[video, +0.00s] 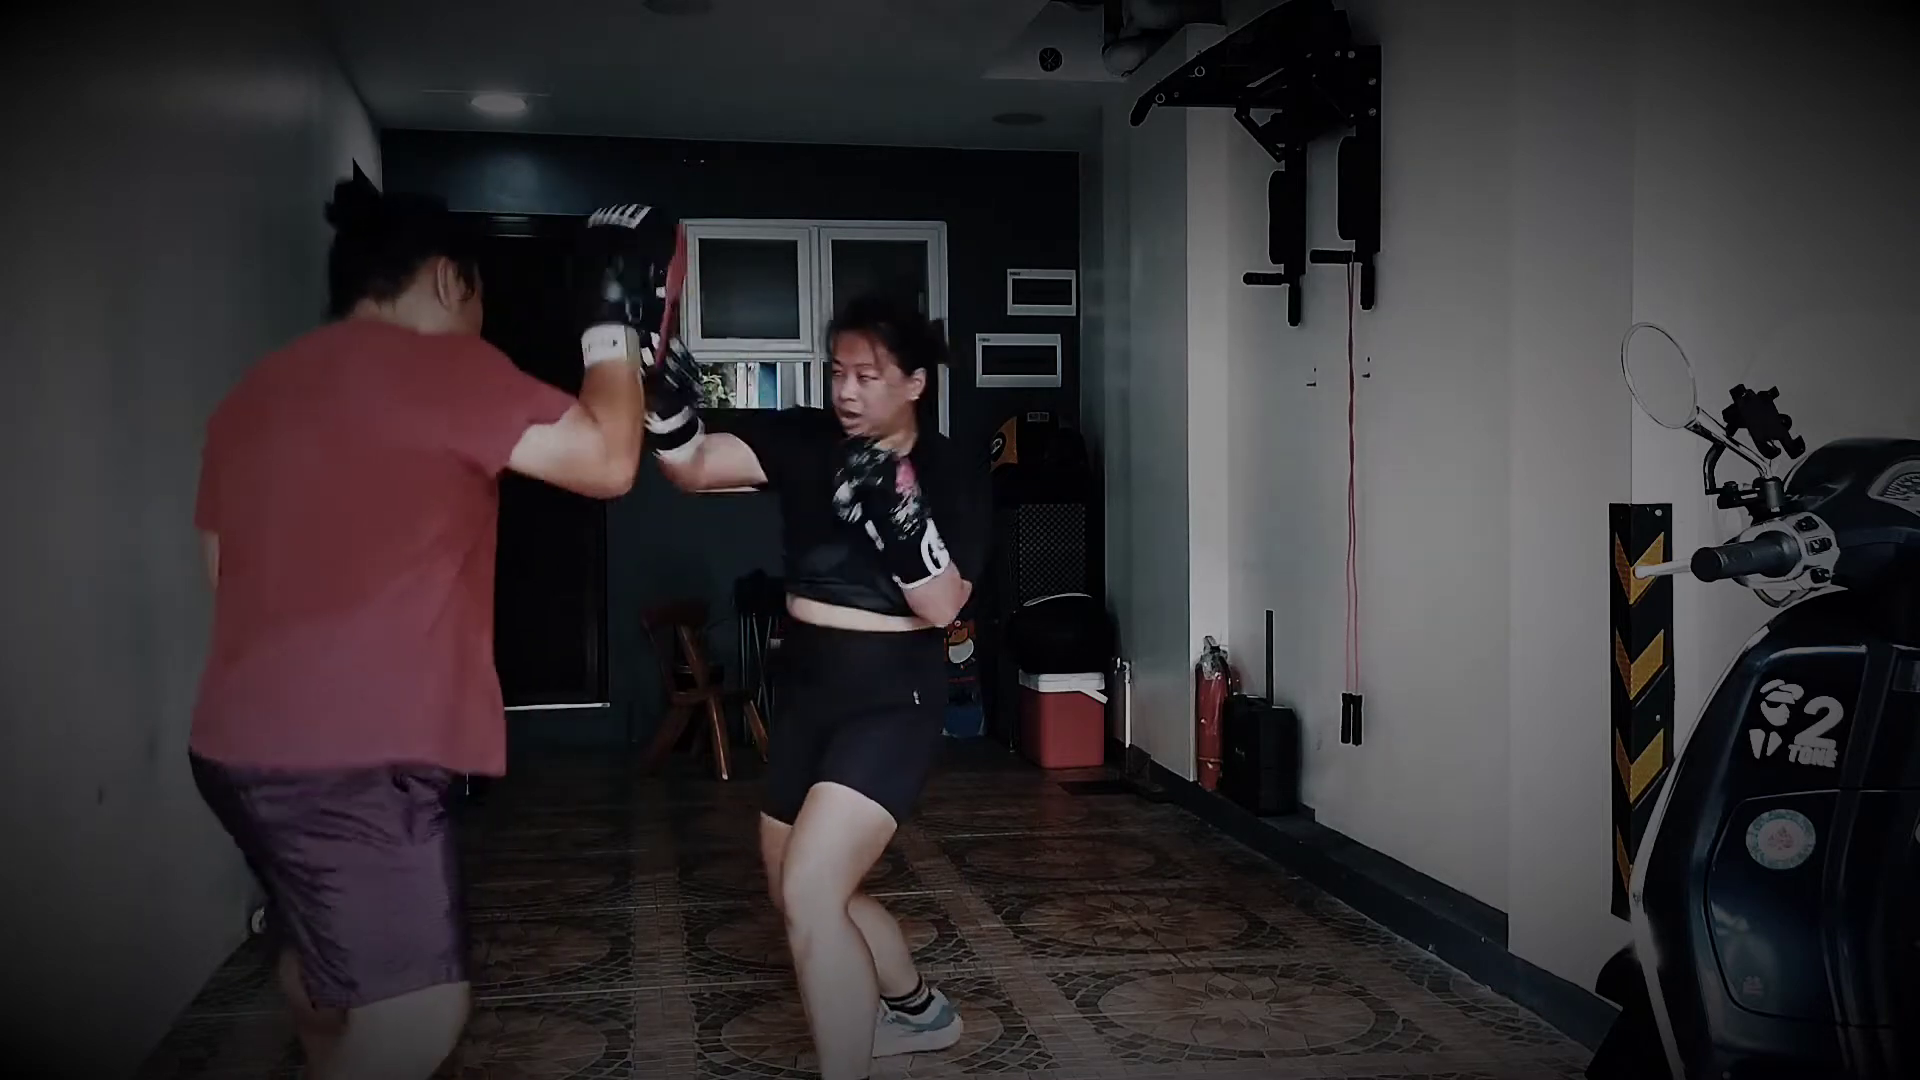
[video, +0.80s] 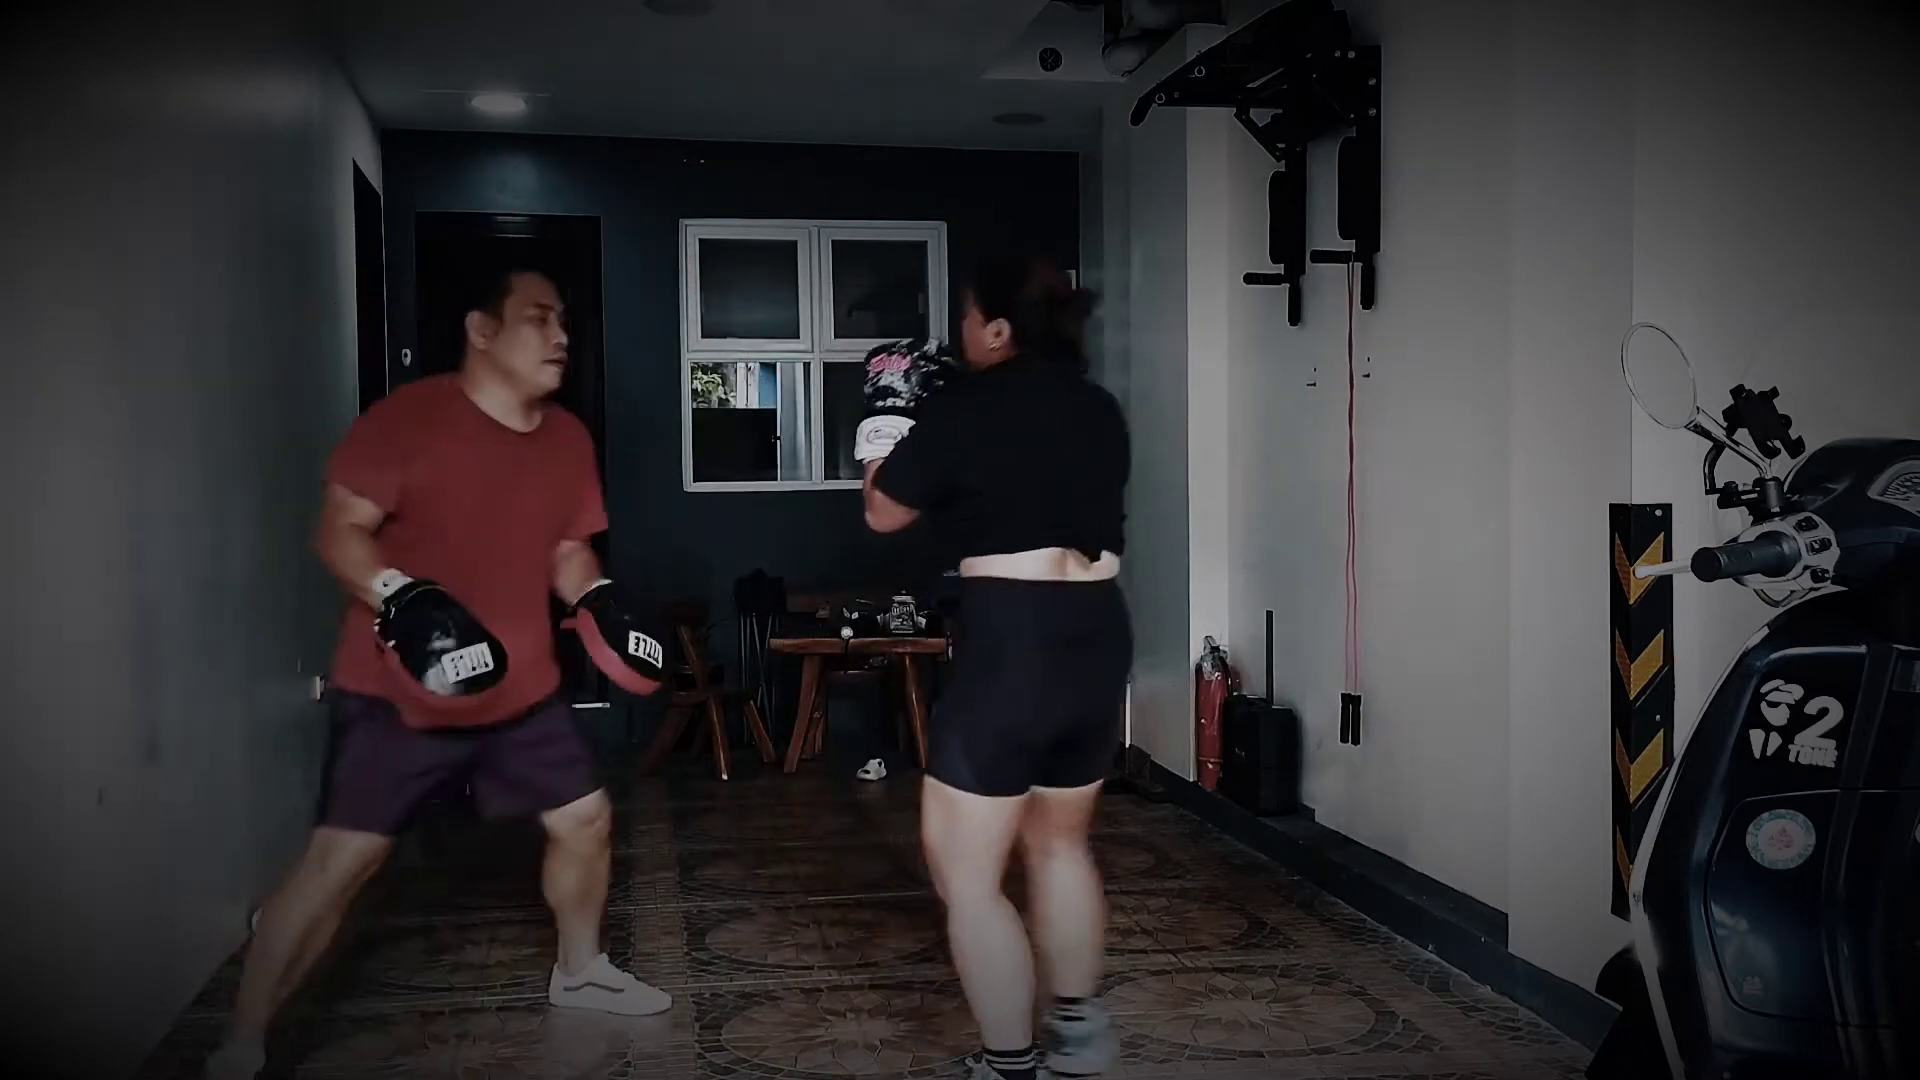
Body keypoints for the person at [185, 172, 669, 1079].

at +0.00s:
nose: (472, 322)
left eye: (472, 304)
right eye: (470, 299)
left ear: (359, 285)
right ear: (445, 280)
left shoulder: (252, 394)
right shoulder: (439, 367)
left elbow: (223, 566)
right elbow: (609, 459)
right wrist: (610, 326)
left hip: (240, 748)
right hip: (363, 754)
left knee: (323, 982)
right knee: (414, 1012)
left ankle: (321, 1063)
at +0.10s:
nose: (477, 359)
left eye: (477, 342)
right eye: (476, 337)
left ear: (364, 325)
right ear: (447, 325)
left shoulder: (264, 435)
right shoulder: (441, 413)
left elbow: (232, 599)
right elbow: (582, 486)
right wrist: (617, 406)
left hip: (241, 775)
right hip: (364, 786)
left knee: (331, 933)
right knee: (413, 1007)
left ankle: (320, 1063)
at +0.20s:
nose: (490, 374)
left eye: (490, 353)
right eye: (487, 348)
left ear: (375, 336)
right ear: (447, 329)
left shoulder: (300, 418)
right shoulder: (431, 395)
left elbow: (322, 571)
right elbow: (467, 508)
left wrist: (443, 586)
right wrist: (579, 487)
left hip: (260, 735)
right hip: (357, 745)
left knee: (317, 952)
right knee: (326, 991)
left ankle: (340, 1062)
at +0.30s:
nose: (511, 338)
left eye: (511, 319)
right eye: (503, 315)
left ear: (443, 306)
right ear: (453, 302)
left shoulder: (393, 379)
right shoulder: (413, 359)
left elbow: (382, 538)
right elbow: (392, 467)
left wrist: (494, 556)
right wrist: (527, 502)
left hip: (367, 682)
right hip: (324, 683)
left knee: (409, 851)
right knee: (346, 895)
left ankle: (342, 1060)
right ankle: (279, 1069)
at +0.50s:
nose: (515, 256)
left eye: (515, 237)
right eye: (502, 234)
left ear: (452, 236)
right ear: (440, 230)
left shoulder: (454, 351)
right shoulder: (366, 294)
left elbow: (445, 479)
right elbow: (308, 399)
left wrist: (518, 510)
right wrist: (448, 467)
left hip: (437, 629)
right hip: (334, 619)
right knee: (335, 823)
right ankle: (243, 1025)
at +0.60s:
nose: (513, 273)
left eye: (512, 255)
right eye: (497, 252)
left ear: (459, 260)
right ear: (435, 254)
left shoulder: (485, 387)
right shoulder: (356, 329)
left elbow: (480, 504)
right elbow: (296, 440)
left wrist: (539, 537)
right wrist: (419, 503)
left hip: (466, 646)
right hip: (344, 645)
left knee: (502, 806)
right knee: (313, 840)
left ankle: (478, 975)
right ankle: (236, 1020)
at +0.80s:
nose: (560, 335)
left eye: (561, 320)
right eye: (539, 319)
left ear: (555, 337)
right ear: (482, 332)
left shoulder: (566, 438)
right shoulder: (406, 420)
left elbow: (569, 550)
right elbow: (338, 533)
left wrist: (606, 618)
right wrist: (401, 599)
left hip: (520, 689)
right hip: (399, 691)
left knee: (584, 817)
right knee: (345, 851)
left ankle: (580, 972)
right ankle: (243, 1039)